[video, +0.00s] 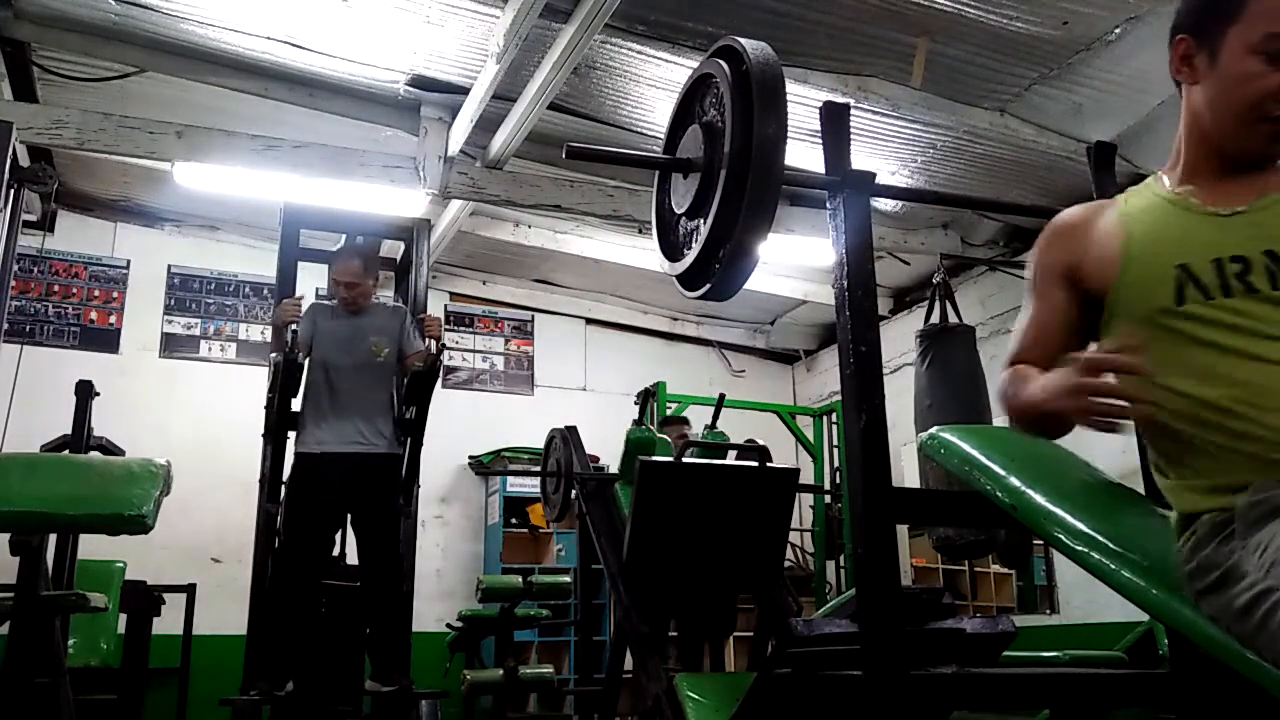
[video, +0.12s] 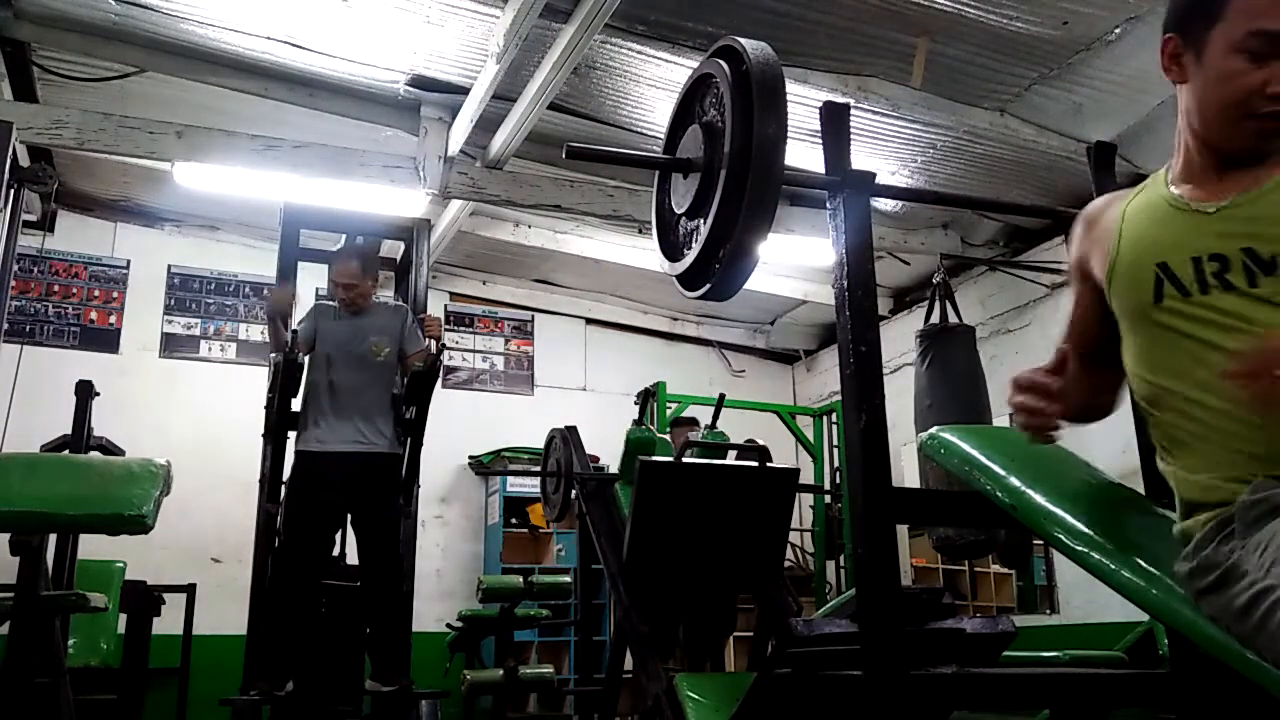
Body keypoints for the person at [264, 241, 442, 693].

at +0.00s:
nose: (345, 294)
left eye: (354, 287)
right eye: (339, 285)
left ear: (375, 282)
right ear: (330, 278)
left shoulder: (395, 317)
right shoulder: (316, 316)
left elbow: (415, 372)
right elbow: (288, 355)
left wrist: (429, 349)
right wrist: (280, 327)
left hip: (376, 456)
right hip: (317, 455)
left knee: (383, 570)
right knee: (297, 565)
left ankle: (386, 671)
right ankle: (281, 672)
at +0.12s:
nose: (344, 296)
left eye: (352, 288)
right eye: (337, 287)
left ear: (374, 283)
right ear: (330, 280)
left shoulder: (398, 317)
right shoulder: (320, 314)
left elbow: (418, 376)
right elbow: (287, 350)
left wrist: (431, 349)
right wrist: (278, 318)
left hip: (376, 456)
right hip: (317, 454)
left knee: (383, 571)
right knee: (296, 566)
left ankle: (387, 672)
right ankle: (279, 672)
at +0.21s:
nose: (342, 296)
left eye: (351, 289)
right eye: (336, 288)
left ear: (373, 283)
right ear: (331, 280)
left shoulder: (399, 316)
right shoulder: (322, 312)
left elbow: (418, 375)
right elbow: (286, 347)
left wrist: (433, 345)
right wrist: (276, 305)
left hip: (376, 456)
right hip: (318, 453)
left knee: (383, 570)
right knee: (297, 564)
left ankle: (387, 672)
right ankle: (278, 672)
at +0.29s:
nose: (342, 296)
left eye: (350, 288)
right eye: (336, 287)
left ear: (374, 282)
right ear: (331, 281)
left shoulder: (400, 316)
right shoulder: (324, 311)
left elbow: (418, 376)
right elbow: (285, 347)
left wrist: (434, 346)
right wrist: (278, 304)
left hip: (377, 455)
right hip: (319, 452)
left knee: (383, 569)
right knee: (296, 563)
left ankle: (388, 671)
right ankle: (277, 671)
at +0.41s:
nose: (343, 295)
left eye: (352, 287)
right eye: (337, 286)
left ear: (375, 282)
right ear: (332, 280)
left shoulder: (401, 317)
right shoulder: (324, 314)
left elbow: (417, 373)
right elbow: (298, 353)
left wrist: (433, 345)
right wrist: (282, 317)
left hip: (377, 455)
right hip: (319, 452)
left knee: (383, 570)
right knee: (296, 565)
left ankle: (388, 672)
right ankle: (276, 672)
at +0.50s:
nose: (346, 297)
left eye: (354, 289)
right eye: (339, 288)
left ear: (376, 283)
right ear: (332, 280)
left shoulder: (400, 318)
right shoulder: (321, 316)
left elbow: (418, 377)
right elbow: (298, 364)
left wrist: (431, 347)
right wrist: (283, 327)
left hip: (377, 457)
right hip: (318, 455)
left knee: (384, 571)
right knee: (296, 566)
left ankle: (387, 672)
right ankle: (279, 672)